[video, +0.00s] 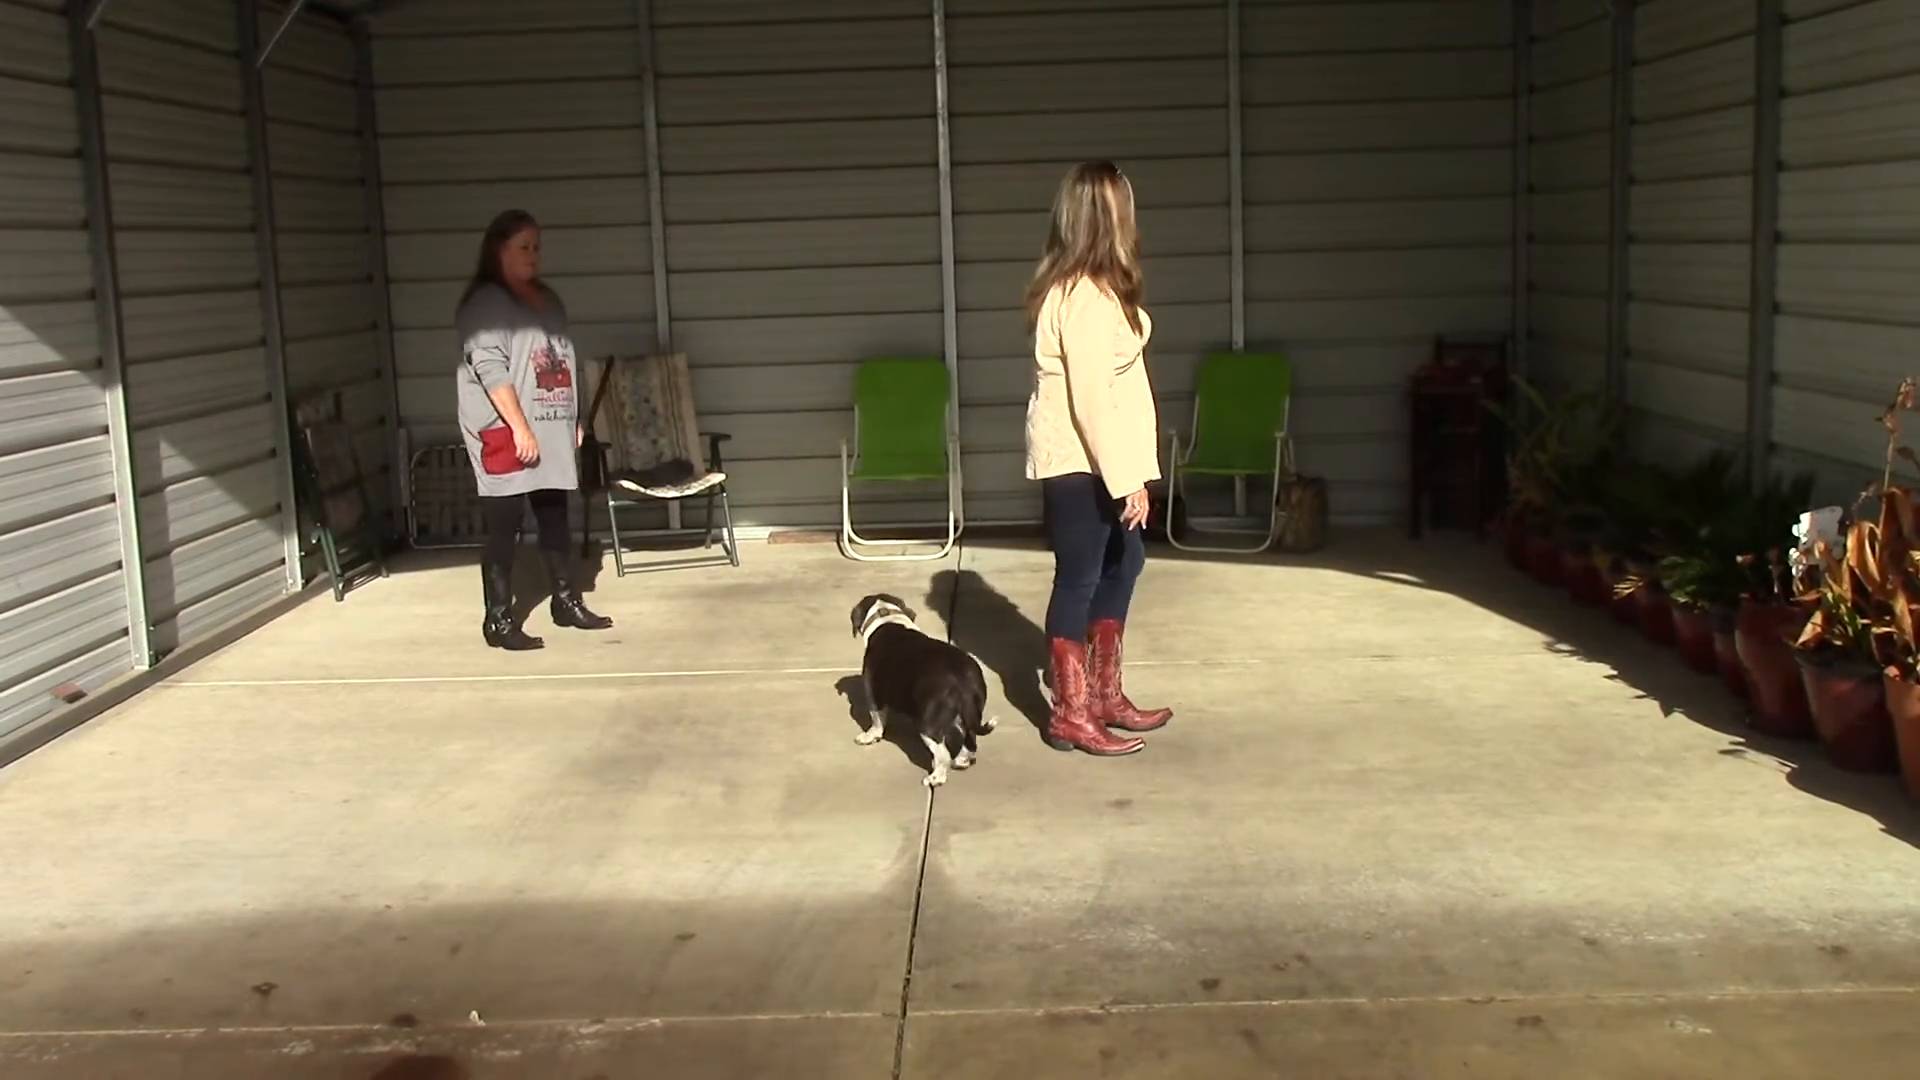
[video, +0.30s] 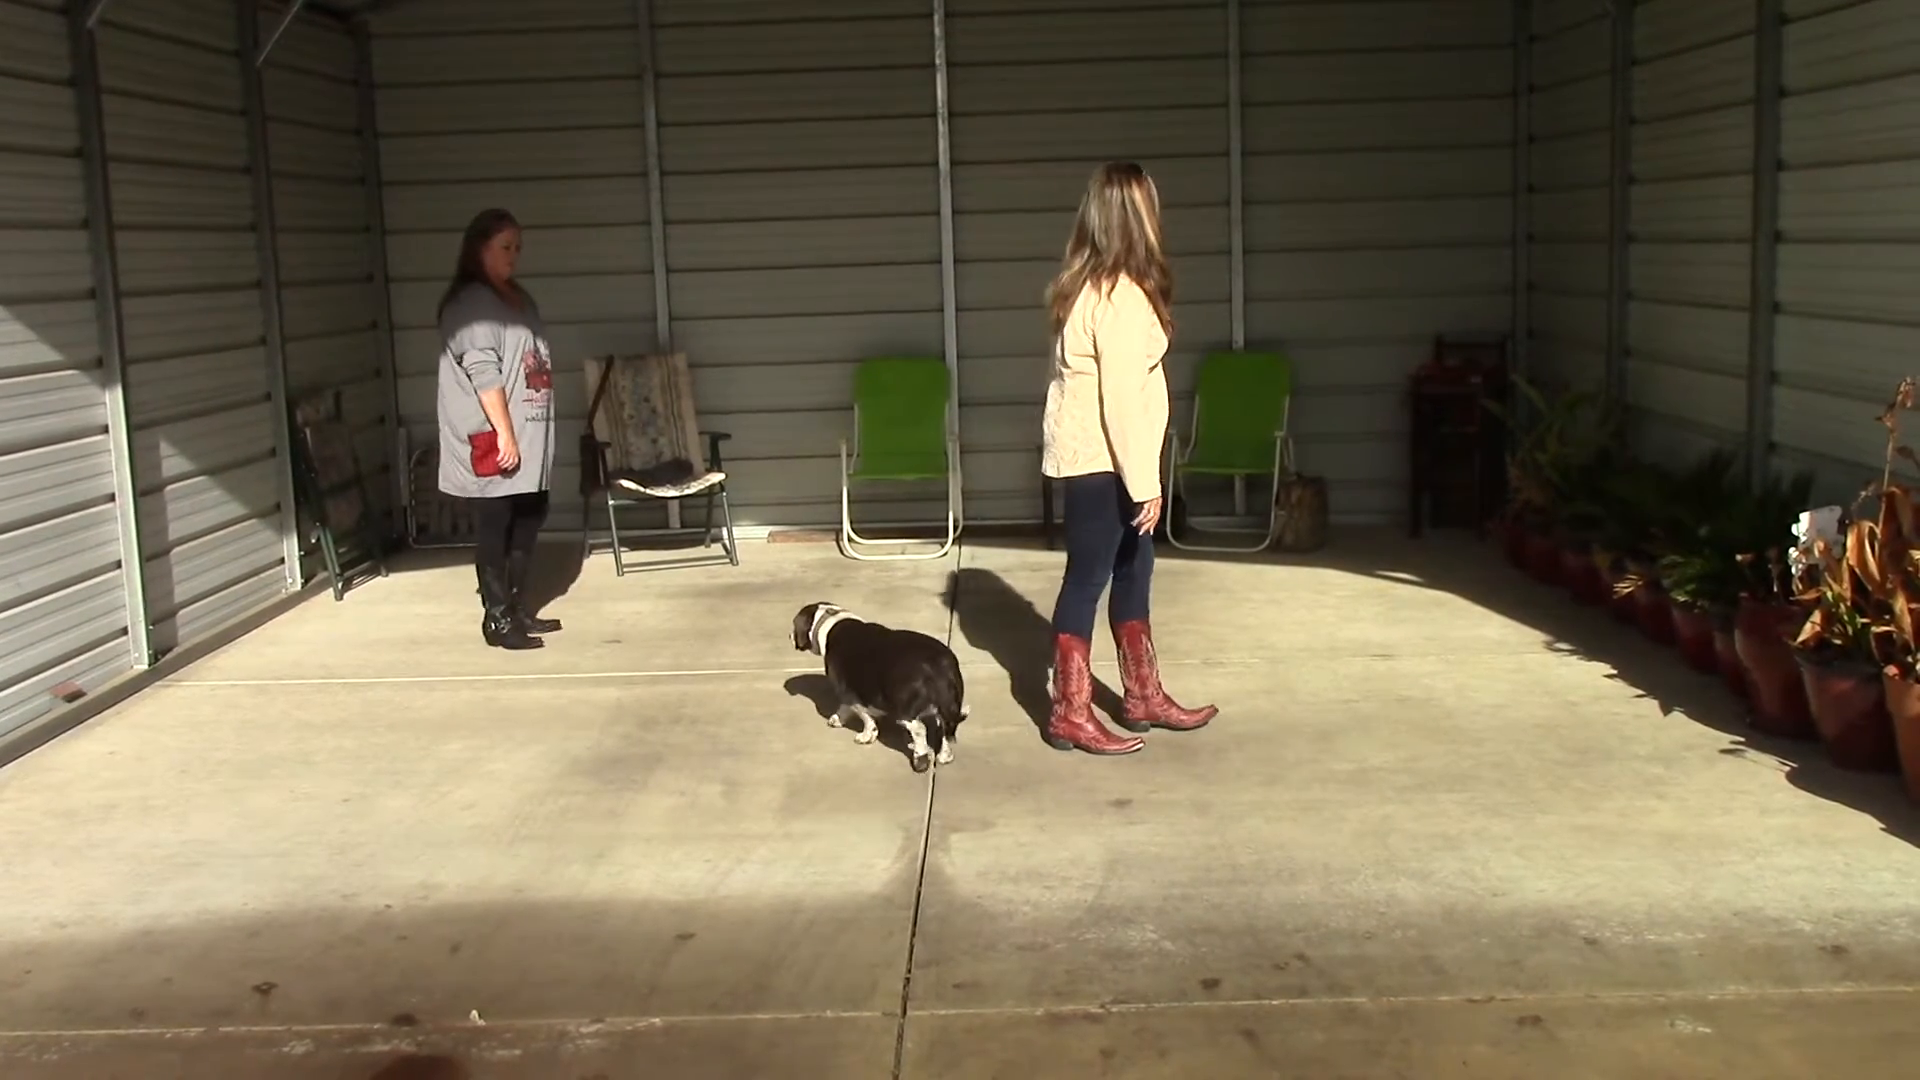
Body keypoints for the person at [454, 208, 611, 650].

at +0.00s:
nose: (533, 255)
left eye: (536, 247)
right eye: (524, 247)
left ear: (538, 251)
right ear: (498, 251)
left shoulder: (547, 300)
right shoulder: (483, 305)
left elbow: (562, 364)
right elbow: (491, 372)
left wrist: (573, 417)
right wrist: (519, 426)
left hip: (549, 428)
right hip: (500, 432)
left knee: (554, 512)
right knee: (503, 521)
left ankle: (566, 600)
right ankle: (498, 618)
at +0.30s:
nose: (513, 256)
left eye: (516, 248)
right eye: (505, 247)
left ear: (516, 251)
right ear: (480, 249)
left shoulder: (518, 299)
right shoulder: (469, 306)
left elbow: (527, 368)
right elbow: (485, 378)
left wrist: (533, 431)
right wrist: (505, 434)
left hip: (523, 433)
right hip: (488, 438)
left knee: (529, 511)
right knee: (494, 519)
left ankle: (515, 607)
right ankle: (497, 617)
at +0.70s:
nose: (494, 253)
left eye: (497, 245)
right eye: (485, 246)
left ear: (499, 249)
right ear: (459, 252)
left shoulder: (497, 299)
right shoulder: (454, 306)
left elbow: (507, 365)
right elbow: (478, 373)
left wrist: (515, 418)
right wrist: (512, 425)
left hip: (488, 428)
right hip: (467, 431)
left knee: (472, 516)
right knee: (481, 520)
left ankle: (459, 607)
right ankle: (498, 616)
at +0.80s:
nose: (492, 253)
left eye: (495, 245)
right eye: (482, 246)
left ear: (497, 249)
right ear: (457, 252)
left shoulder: (496, 300)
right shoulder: (451, 306)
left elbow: (508, 365)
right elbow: (473, 375)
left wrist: (516, 419)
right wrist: (506, 426)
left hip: (483, 429)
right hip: (464, 431)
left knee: (468, 517)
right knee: (484, 520)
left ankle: (460, 607)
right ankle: (498, 616)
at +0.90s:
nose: (489, 255)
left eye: (492, 246)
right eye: (479, 248)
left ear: (494, 250)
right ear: (454, 253)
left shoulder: (494, 300)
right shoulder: (447, 307)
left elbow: (505, 366)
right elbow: (467, 376)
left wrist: (512, 424)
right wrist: (498, 429)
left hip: (482, 430)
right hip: (463, 432)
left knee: (467, 516)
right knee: (488, 518)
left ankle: (460, 607)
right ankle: (498, 617)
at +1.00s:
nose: (486, 255)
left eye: (489, 247)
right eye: (477, 248)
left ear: (492, 251)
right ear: (452, 253)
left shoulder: (494, 301)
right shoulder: (443, 306)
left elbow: (509, 362)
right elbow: (460, 373)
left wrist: (511, 426)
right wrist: (487, 428)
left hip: (487, 426)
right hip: (461, 428)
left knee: (468, 514)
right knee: (489, 515)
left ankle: (460, 606)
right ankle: (498, 614)